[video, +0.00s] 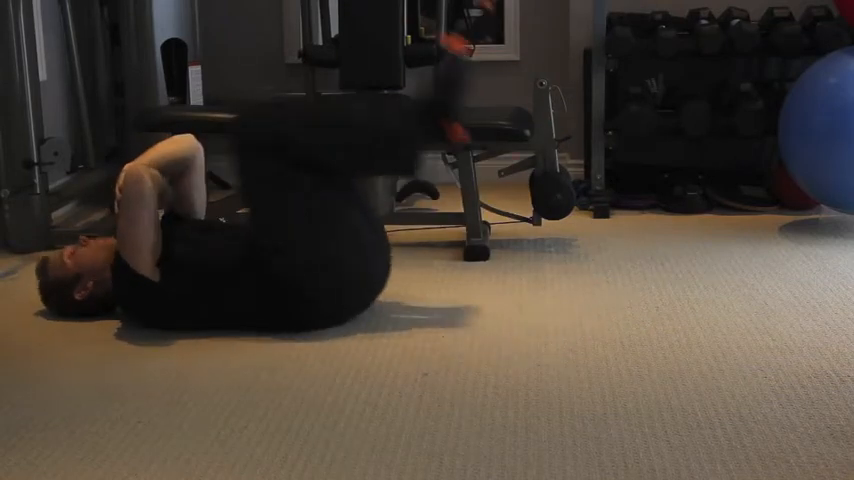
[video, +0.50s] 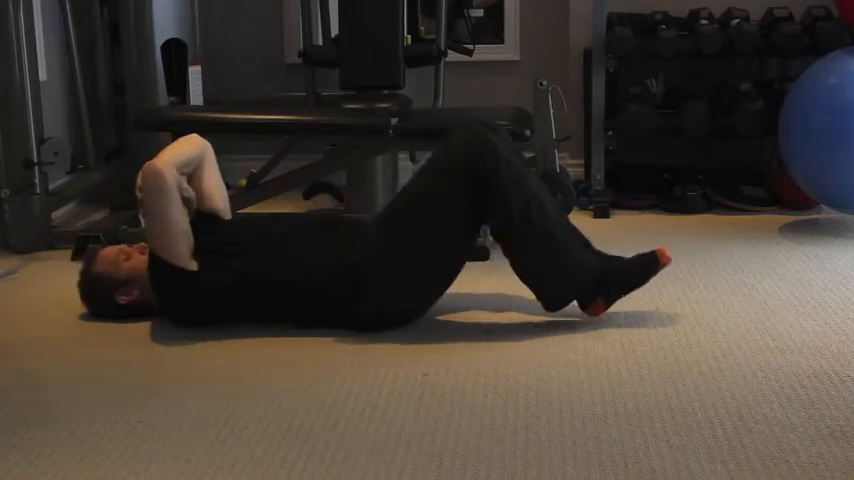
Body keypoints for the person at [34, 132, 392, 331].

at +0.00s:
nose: (86, 238)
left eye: (74, 243)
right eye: (75, 250)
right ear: (87, 287)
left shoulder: (175, 255)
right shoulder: (141, 296)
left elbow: (188, 149)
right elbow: (135, 180)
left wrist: (133, 189)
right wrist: (145, 207)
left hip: (348, 263)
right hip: (317, 283)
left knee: (264, 126)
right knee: (257, 132)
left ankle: (418, 119)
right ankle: (421, 127)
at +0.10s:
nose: (87, 247)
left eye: (79, 248)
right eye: (76, 259)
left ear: (97, 250)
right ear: (86, 291)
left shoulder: (175, 251)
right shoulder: (139, 294)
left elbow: (185, 149)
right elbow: (128, 180)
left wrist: (136, 191)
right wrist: (149, 191)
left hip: (345, 270)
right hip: (328, 288)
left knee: (344, 122)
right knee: (326, 122)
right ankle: (494, 176)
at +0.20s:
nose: (100, 250)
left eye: (92, 249)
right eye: (89, 259)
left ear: (113, 259)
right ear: (99, 293)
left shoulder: (177, 248)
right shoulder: (149, 294)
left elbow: (181, 150)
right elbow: (129, 177)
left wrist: (149, 227)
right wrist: (152, 213)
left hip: (355, 263)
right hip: (349, 289)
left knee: (399, 122)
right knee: (396, 124)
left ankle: (492, 225)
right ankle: (534, 220)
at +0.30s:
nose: (115, 255)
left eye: (108, 254)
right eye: (105, 265)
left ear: (127, 262)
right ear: (116, 295)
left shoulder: (193, 250)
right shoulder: (167, 294)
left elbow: (184, 149)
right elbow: (139, 176)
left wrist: (158, 222)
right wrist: (154, 224)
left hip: (367, 259)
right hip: (361, 289)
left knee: (447, 133)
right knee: (449, 152)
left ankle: (537, 261)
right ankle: (565, 264)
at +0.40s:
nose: (126, 252)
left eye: (119, 252)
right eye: (116, 263)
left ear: (137, 261)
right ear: (129, 293)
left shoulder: (200, 250)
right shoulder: (178, 291)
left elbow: (191, 152)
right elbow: (155, 171)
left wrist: (161, 215)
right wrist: (165, 228)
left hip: (376, 258)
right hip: (371, 287)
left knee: (474, 140)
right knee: (474, 155)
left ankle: (556, 274)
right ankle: (580, 281)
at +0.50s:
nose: (129, 250)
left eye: (121, 250)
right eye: (118, 260)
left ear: (139, 260)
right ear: (130, 292)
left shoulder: (205, 256)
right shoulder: (183, 293)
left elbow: (200, 152)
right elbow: (163, 168)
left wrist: (181, 225)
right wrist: (175, 233)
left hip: (380, 260)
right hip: (373, 287)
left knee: (478, 142)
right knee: (475, 153)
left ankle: (573, 273)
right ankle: (584, 279)